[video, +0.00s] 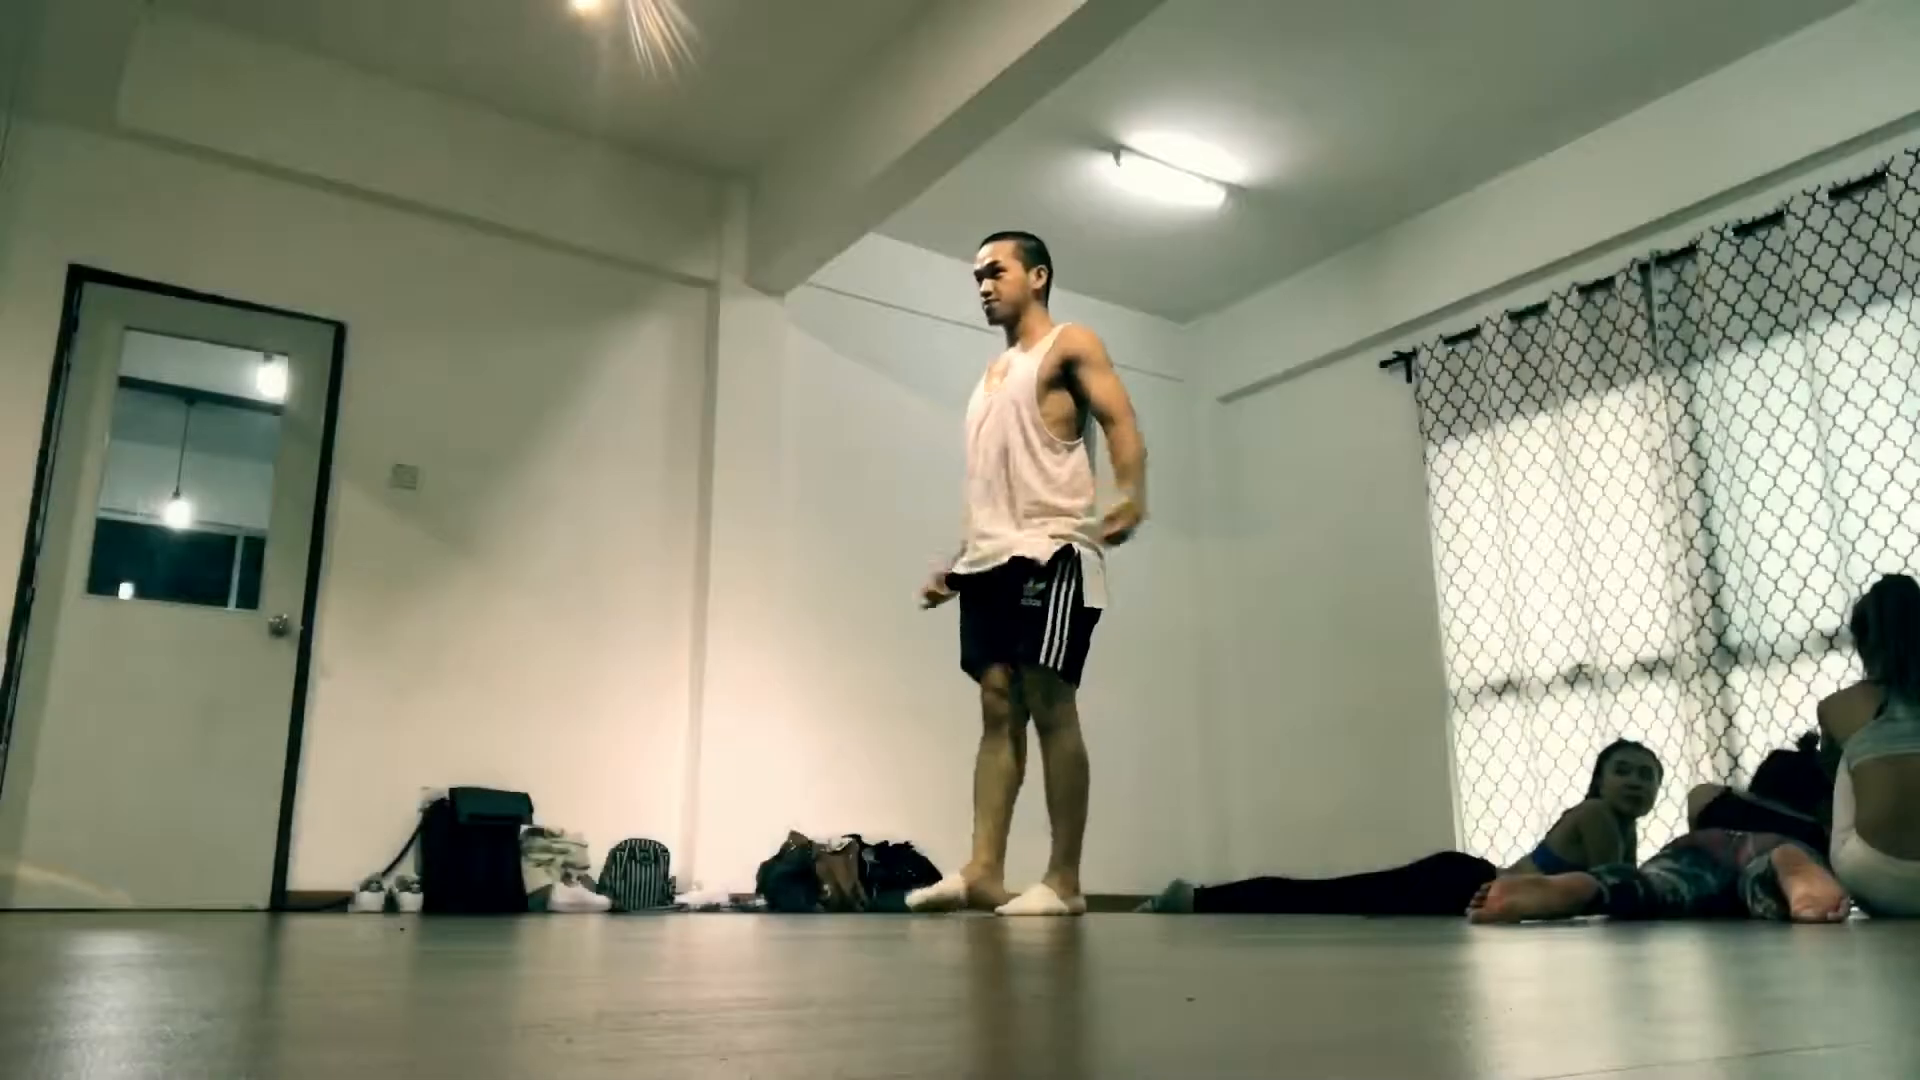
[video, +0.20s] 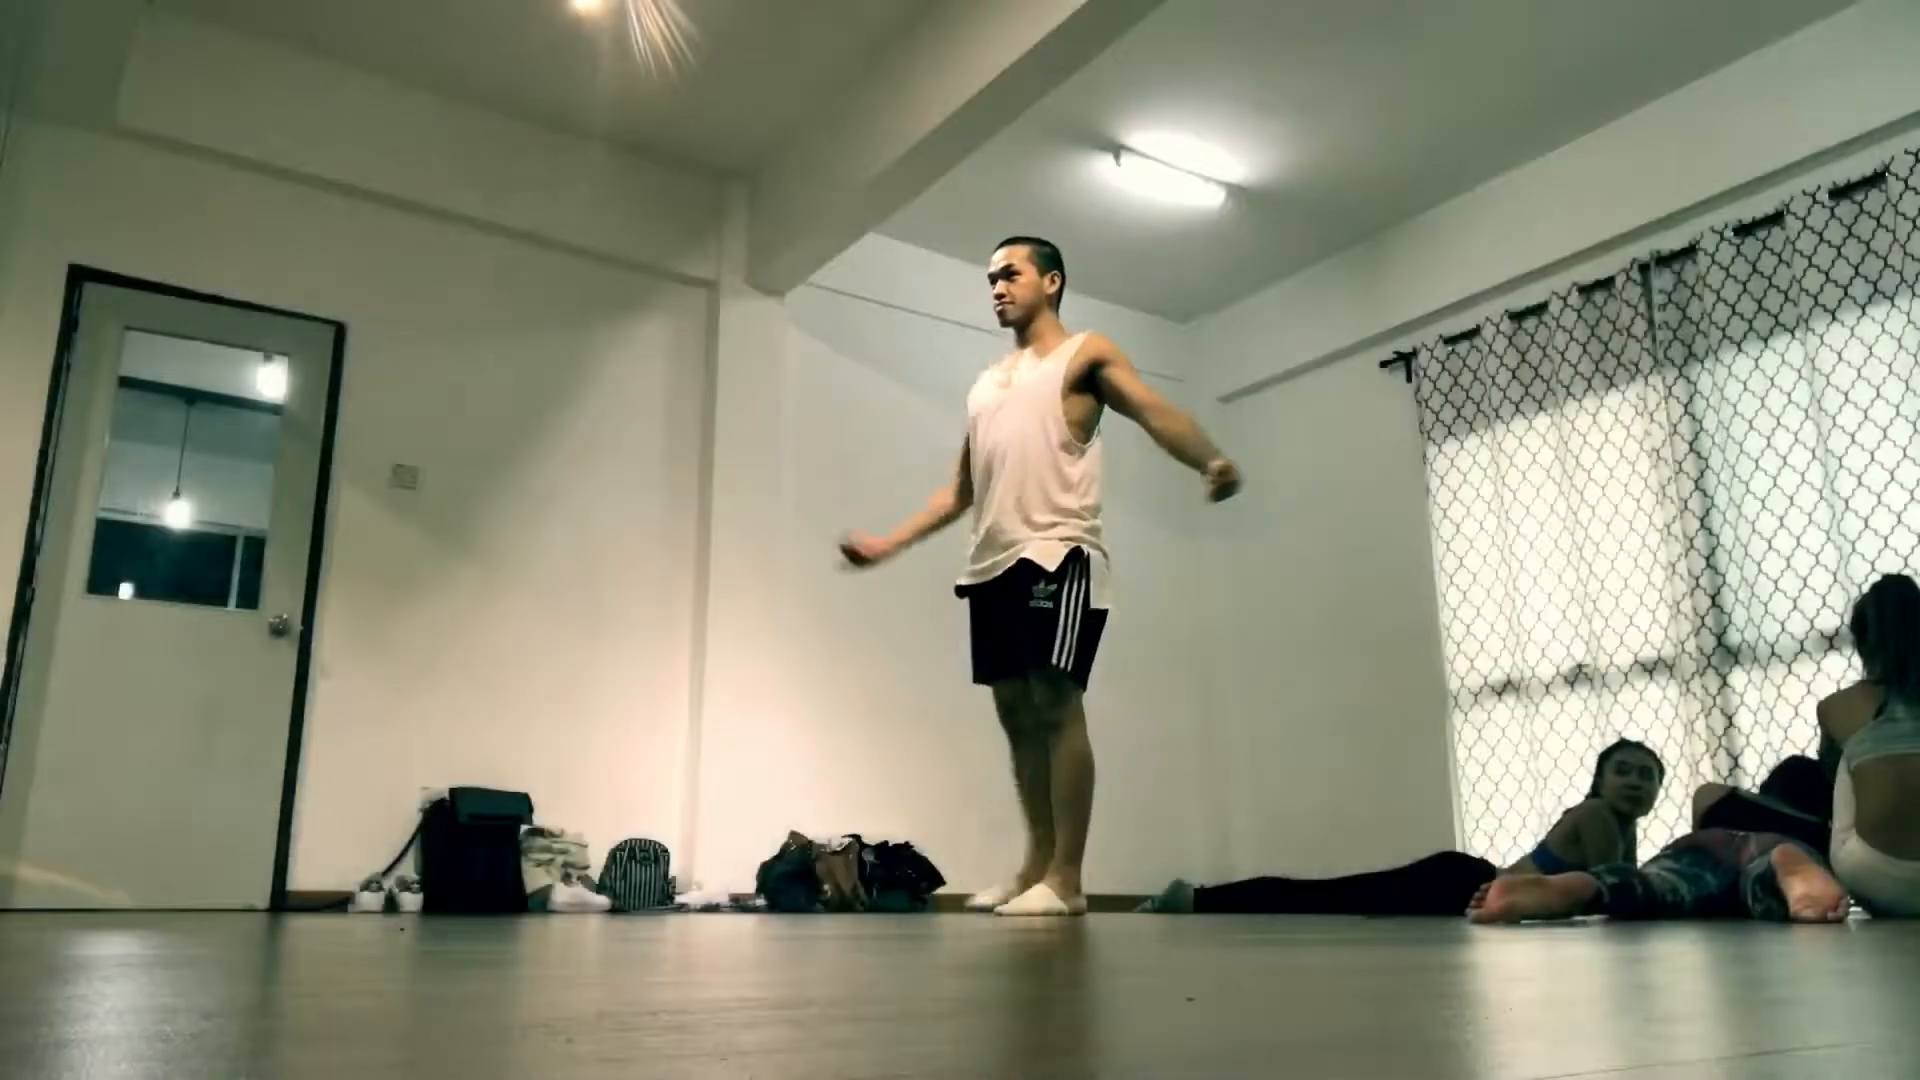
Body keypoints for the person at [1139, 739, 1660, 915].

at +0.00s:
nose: (1639, 785)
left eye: (1648, 778)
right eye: (1627, 773)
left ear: (1655, 791)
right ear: (1601, 778)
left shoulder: (1618, 831)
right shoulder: (1596, 821)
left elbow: (1616, 899)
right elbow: (1611, 897)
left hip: (1473, 888)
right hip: (1464, 884)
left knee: (1340, 894)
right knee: (1334, 896)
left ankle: (1204, 896)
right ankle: (1199, 899)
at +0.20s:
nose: (1639, 787)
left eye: (1648, 779)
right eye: (1627, 774)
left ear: (1656, 791)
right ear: (1602, 778)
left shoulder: (1618, 831)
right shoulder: (1596, 821)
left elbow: (1617, 898)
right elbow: (1612, 896)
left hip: (1472, 887)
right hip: (1463, 884)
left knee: (1339, 894)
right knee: (1334, 895)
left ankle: (1203, 896)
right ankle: (1199, 899)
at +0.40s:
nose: (1638, 789)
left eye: (1648, 782)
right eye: (1626, 777)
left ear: (1656, 793)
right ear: (1601, 779)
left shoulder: (1620, 835)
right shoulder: (1592, 820)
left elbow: (1619, 899)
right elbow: (1609, 897)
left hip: (1471, 888)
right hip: (1461, 884)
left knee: (1337, 895)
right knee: (1331, 895)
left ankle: (1202, 896)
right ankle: (1195, 898)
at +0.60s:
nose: (1636, 787)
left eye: (1647, 781)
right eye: (1625, 775)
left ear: (1656, 794)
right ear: (1601, 780)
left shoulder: (1622, 837)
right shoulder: (1591, 821)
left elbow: (1622, 900)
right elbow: (1610, 897)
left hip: (1472, 888)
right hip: (1463, 883)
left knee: (1333, 895)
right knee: (1329, 896)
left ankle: (1192, 897)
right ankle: (1183, 900)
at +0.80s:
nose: (1636, 789)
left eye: (1647, 782)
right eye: (1625, 776)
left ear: (1658, 794)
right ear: (1602, 780)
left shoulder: (1623, 838)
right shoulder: (1591, 821)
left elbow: (1621, 900)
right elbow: (1611, 897)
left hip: (1472, 887)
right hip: (1463, 883)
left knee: (1330, 895)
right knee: (1327, 896)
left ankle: (1179, 899)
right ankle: (1174, 900)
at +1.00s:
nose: (1642, 790)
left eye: (1654, 784)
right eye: (1632, 777)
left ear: (1665, 797)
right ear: (1610, 781)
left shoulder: (1632, 839)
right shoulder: (1595, 820)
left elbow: (1624, 900)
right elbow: (1613, 896)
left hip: (1478, 890)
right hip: (1467, 883)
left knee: (1345, 892)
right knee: (1341, 891)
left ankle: (1216, 894)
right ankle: (1209, 896)